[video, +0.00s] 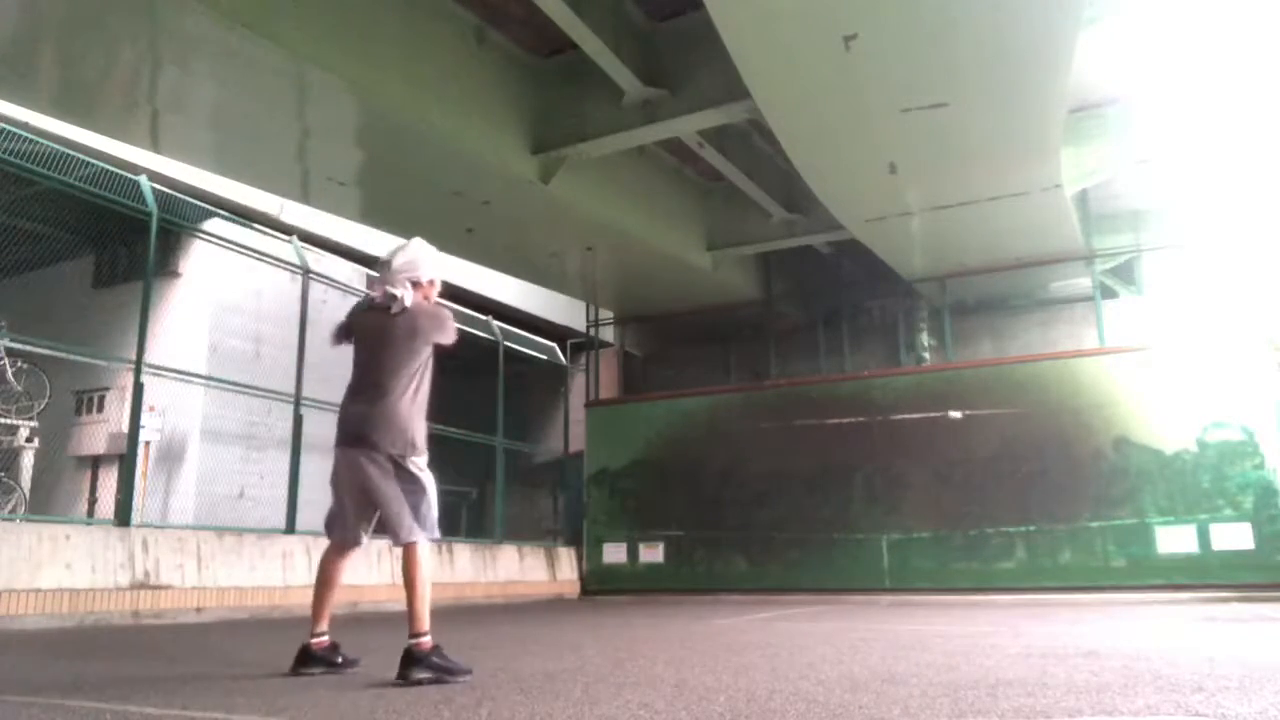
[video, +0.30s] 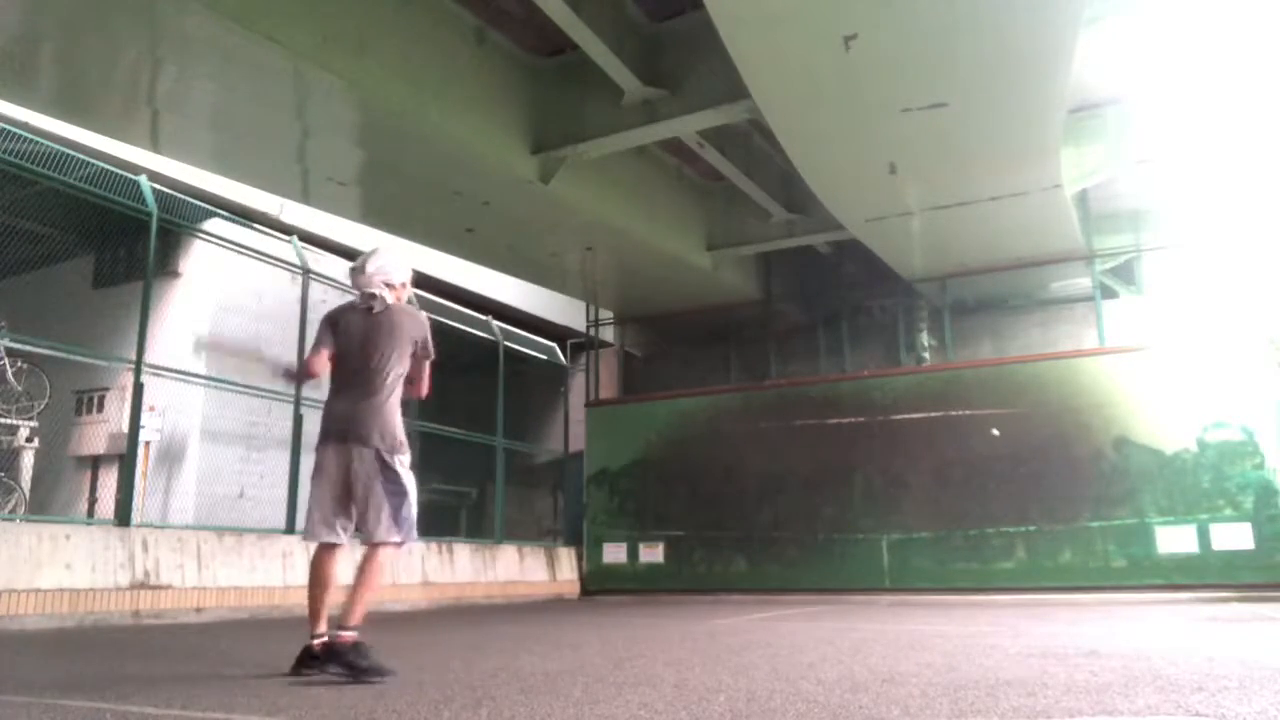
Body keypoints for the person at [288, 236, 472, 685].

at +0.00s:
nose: (437, 293)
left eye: (436, 285)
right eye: (435, 285)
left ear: (395, 280)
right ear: (421, 285)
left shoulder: (364, 316)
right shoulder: (425, 318)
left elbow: (340, 334)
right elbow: (451, 333)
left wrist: (373, 300)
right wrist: (419, 300)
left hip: (351, 442)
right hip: (394, 445)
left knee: (342, 541)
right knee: (415, 540)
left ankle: (316, 643)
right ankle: (421, 649)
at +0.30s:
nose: (411, 291)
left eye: (408, 284)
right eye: (408, 284)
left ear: (363, 283)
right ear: (397, 286)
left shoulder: (338, 316)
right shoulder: (415, 320)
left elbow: (314, 367)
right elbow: (420, 388)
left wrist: (292, 375)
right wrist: (387, 378)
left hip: (335, 436)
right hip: (381, 438)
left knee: (329, 540)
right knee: (385, 539)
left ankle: (316, 642)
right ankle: (346, 634)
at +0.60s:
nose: (409, 290)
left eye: (407, 282)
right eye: (407, 282)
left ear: (367, 280)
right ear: (394, 281)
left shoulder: (349, 315)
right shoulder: (393, 312)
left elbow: (352, 388)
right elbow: (399, 384)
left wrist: (397, 440)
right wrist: (415, 442)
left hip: (335, 440)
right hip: (363, 443)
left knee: (351, 544)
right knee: (354, 545)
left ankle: (329, 639)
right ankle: (314, 645)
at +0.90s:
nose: (432, 288)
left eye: (432, 280)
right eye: (428, 280)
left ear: (404, 281)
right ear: (409, 280)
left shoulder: (413, 323)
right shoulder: (385, 309)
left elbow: (459, 353)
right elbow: (400, 365)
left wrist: (509, 322)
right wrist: (458, 357)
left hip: (404, 454)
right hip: (370, 454)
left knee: (411, 544)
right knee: (359, 547)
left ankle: (385, 642)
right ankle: (313, 645)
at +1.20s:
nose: (486, 288)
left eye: (486, 280)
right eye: (482, 280)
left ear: (466, 282)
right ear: (465, 281)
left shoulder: (479, 327)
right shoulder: (426, 315)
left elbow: (528, 358)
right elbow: (378, 356)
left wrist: (546, 332)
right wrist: (365, 339)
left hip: (448, 442)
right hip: (430, 441)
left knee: (420, 547)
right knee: (473, 528)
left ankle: (385, 642)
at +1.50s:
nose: (577, 311)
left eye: (577, 303)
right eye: (573, 303)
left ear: (546, 303)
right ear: (555, 304)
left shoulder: (539, 346)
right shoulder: (530, 338)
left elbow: (550, 401)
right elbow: (495, 386)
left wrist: (590, 442)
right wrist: (479, 416)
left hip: (478, 447)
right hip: (495, 447)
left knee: (479, 551)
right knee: (552, 543)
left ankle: (402, 634)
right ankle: (506, 647)